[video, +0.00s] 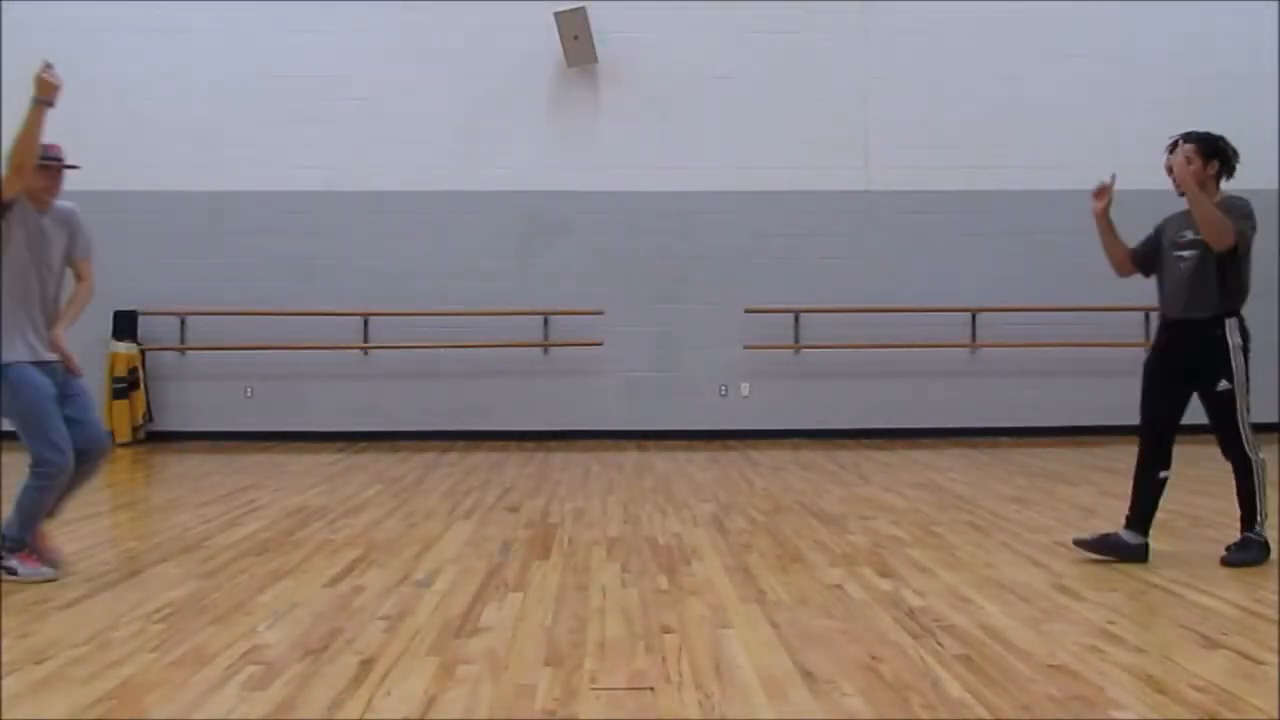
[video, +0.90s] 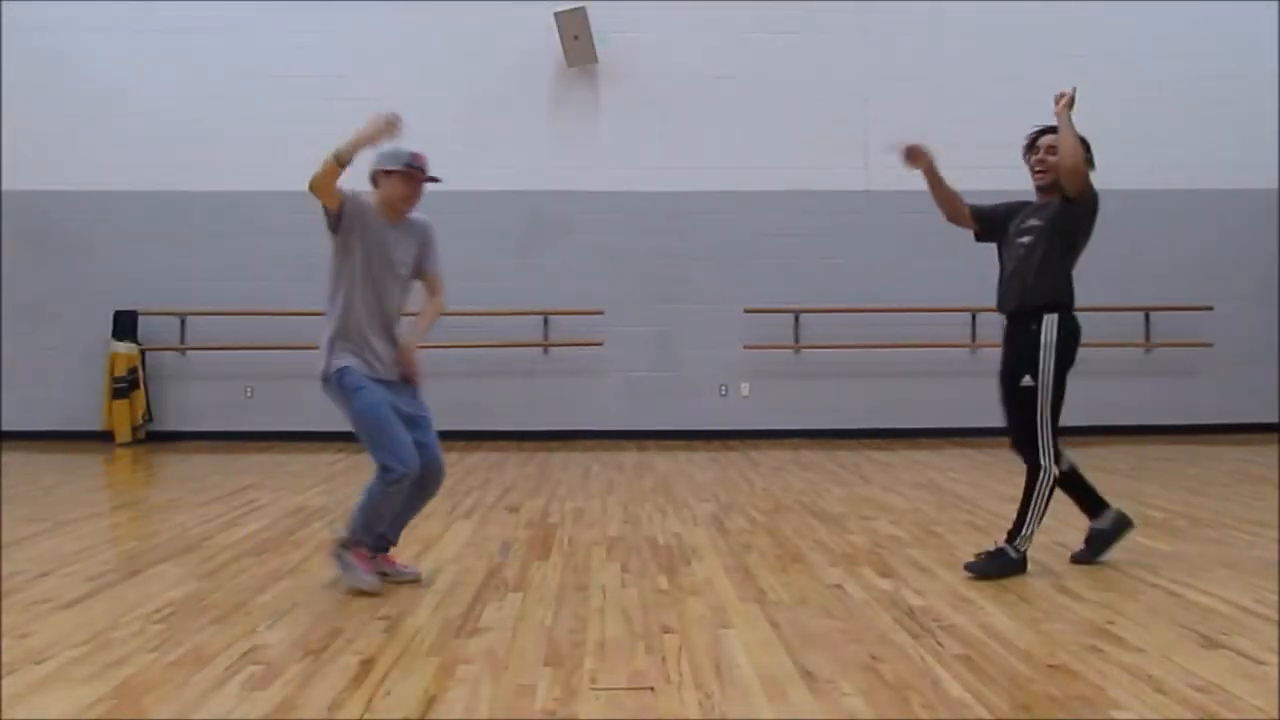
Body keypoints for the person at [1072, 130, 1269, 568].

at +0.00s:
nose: (1171, 168)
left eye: (1180, 160)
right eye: (1171, 161)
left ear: (1210, 167)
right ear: (1175, 171)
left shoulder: (1237, 210)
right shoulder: (1173, 224)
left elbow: (1223, 240)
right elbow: (1127, 265)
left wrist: (1191, 188)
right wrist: (1102, 219)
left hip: (1219, 339)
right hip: (1171, 340)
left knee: (1237, 441)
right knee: (1154, 438)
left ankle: (1255, 535)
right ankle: (1134, 535)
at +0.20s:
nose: (1149, 165)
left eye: (1159, 157)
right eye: (1143, 159)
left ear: (1182, 164)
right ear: (1138, 169)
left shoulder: (1198, 210)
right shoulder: (1133, 223)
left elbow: (1193, 191)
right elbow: (1087, 265)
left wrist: (1179, 139)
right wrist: (1040, 241)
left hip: (1170, 332)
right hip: (1128, 332)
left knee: (1184, 439)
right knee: (1129, 440)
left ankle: (1240, 520)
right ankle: (1129, 537)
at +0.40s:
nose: (1121, 161)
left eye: (1132, 154)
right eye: (1115, 155)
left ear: (1154, 165)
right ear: (1108, 167)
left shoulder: (1163, 211)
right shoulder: (1096, 217)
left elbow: (1164, 185)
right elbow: (1041, 246)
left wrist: (1139, 128)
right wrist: (1015, 202)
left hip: (1141, 326)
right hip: (1100, 328)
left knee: (1128, 429)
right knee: (1111, 436)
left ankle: (1176, 520)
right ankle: (1127, 536)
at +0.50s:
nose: (1102, 158)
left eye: (1114, 150)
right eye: (1095, 152)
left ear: (1137, 161)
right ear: (1088, 166)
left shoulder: (1146, 212)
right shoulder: (1078, 216)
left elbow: (1146, 194)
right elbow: (1021, 227)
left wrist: (1116, 140)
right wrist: (1018, 170)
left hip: (1128, 325)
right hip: (1089, 327)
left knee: (1113, 429)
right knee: (1101, 433)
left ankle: (1126, 537)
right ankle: (1121, 533)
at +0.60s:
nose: (1086, 163)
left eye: (1096, 156)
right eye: (1080, 158)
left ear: (1121, 164)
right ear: (1073, 168)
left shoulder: (1130, 212)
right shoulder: (1061, 213)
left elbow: (1131, 209)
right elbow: (1007, 215)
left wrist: (1105, 156)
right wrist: (1022, 159)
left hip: (1113, 329)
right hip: (1074, 330)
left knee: (1091, 438)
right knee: (1101, 435)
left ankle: (1062, 545)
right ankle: (1128, 536)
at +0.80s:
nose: (1056, 163)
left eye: (1066, 155)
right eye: (1050, 158)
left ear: (1090, 164)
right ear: (1044, 169)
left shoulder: (1095, 212)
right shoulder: (1030, 217)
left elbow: (1093, 184)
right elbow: (973, 218)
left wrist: (1070, 123)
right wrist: (964, 161)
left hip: (1073, 330)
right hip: (1040, 332)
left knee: (1050, 444)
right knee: (1072, 439)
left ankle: (1016, 547)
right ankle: (1124, 532)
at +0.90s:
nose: (1040, 157)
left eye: (1051, 151)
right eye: (1035, 151)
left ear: (1071, 164)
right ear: (1027, 164)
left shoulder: (1075, 210)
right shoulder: (1016, 214)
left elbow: (1075, 169)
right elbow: (960, 214)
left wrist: (1064, 116)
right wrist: (929, 171)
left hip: (1050, 325)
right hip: (1018, 327)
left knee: (1040, 439)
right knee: (1025, 438)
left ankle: (1016, 549)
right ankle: (1104, 517)